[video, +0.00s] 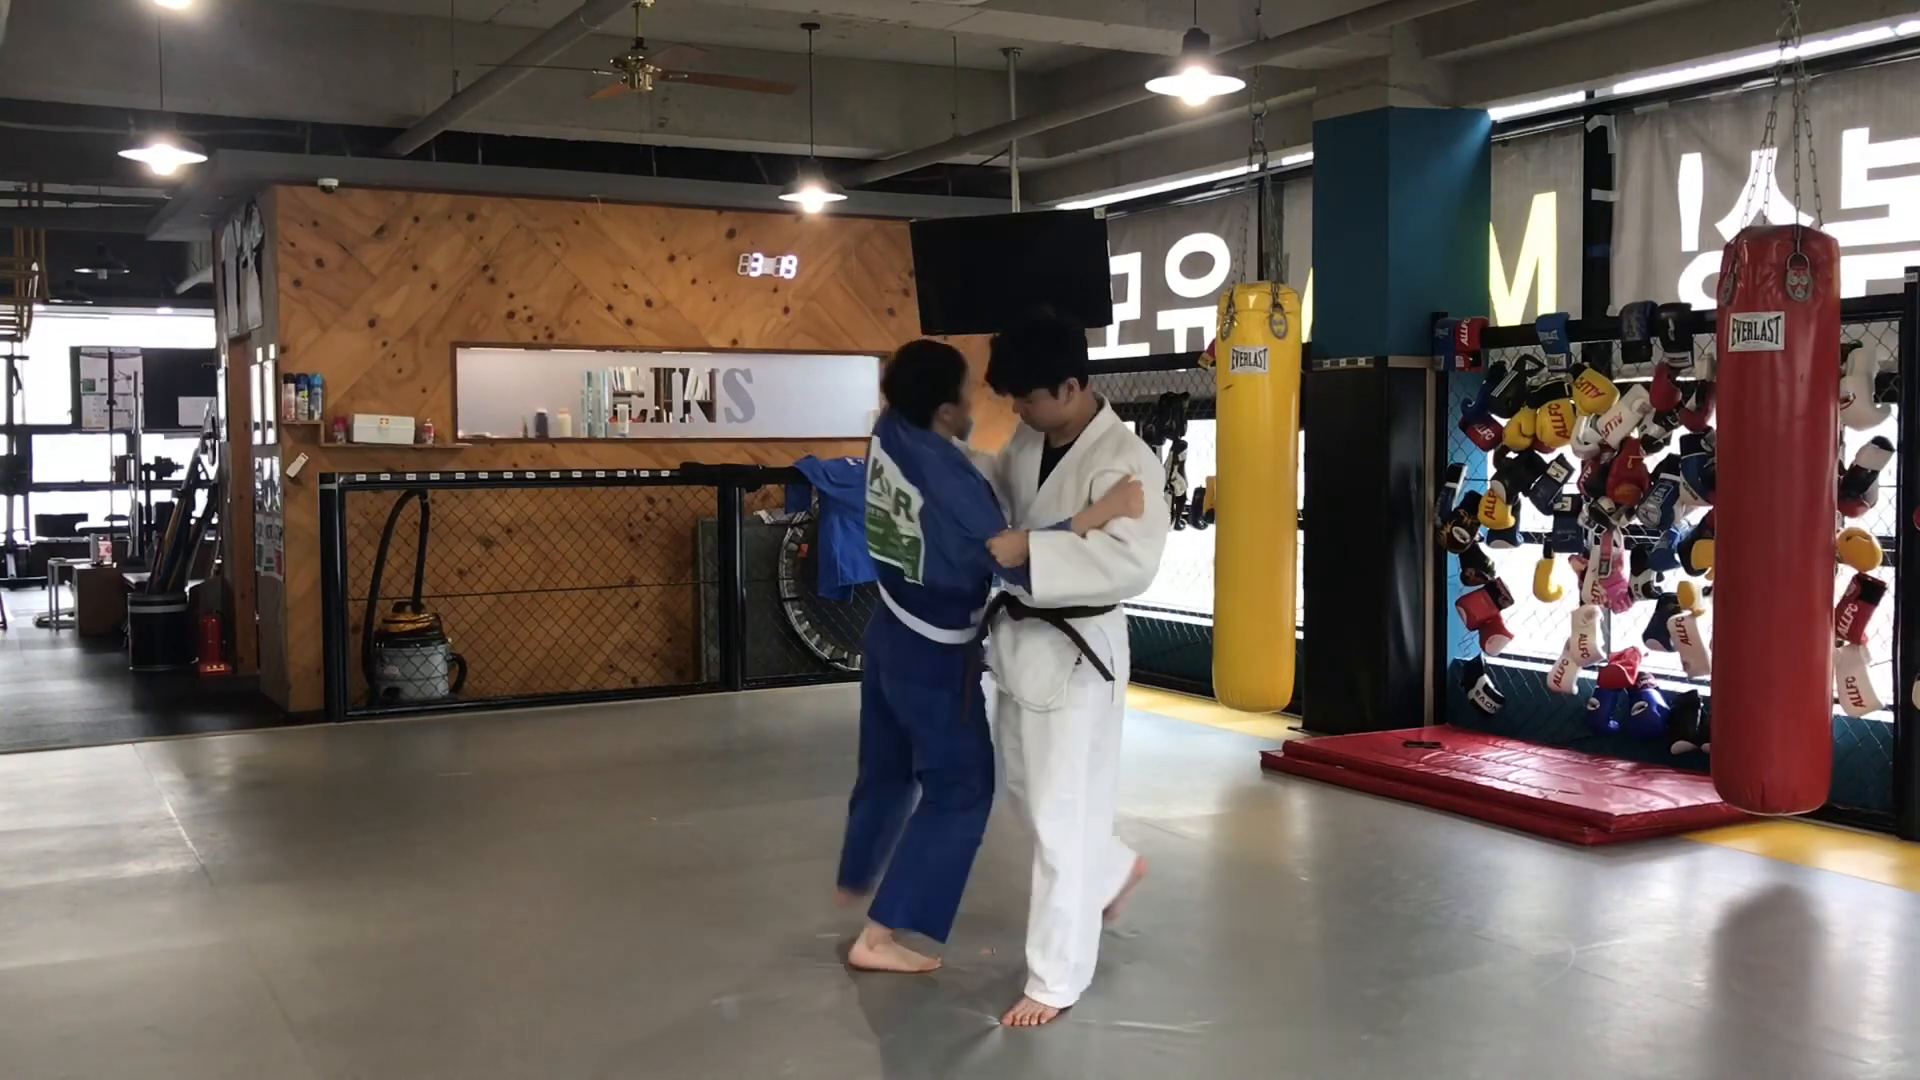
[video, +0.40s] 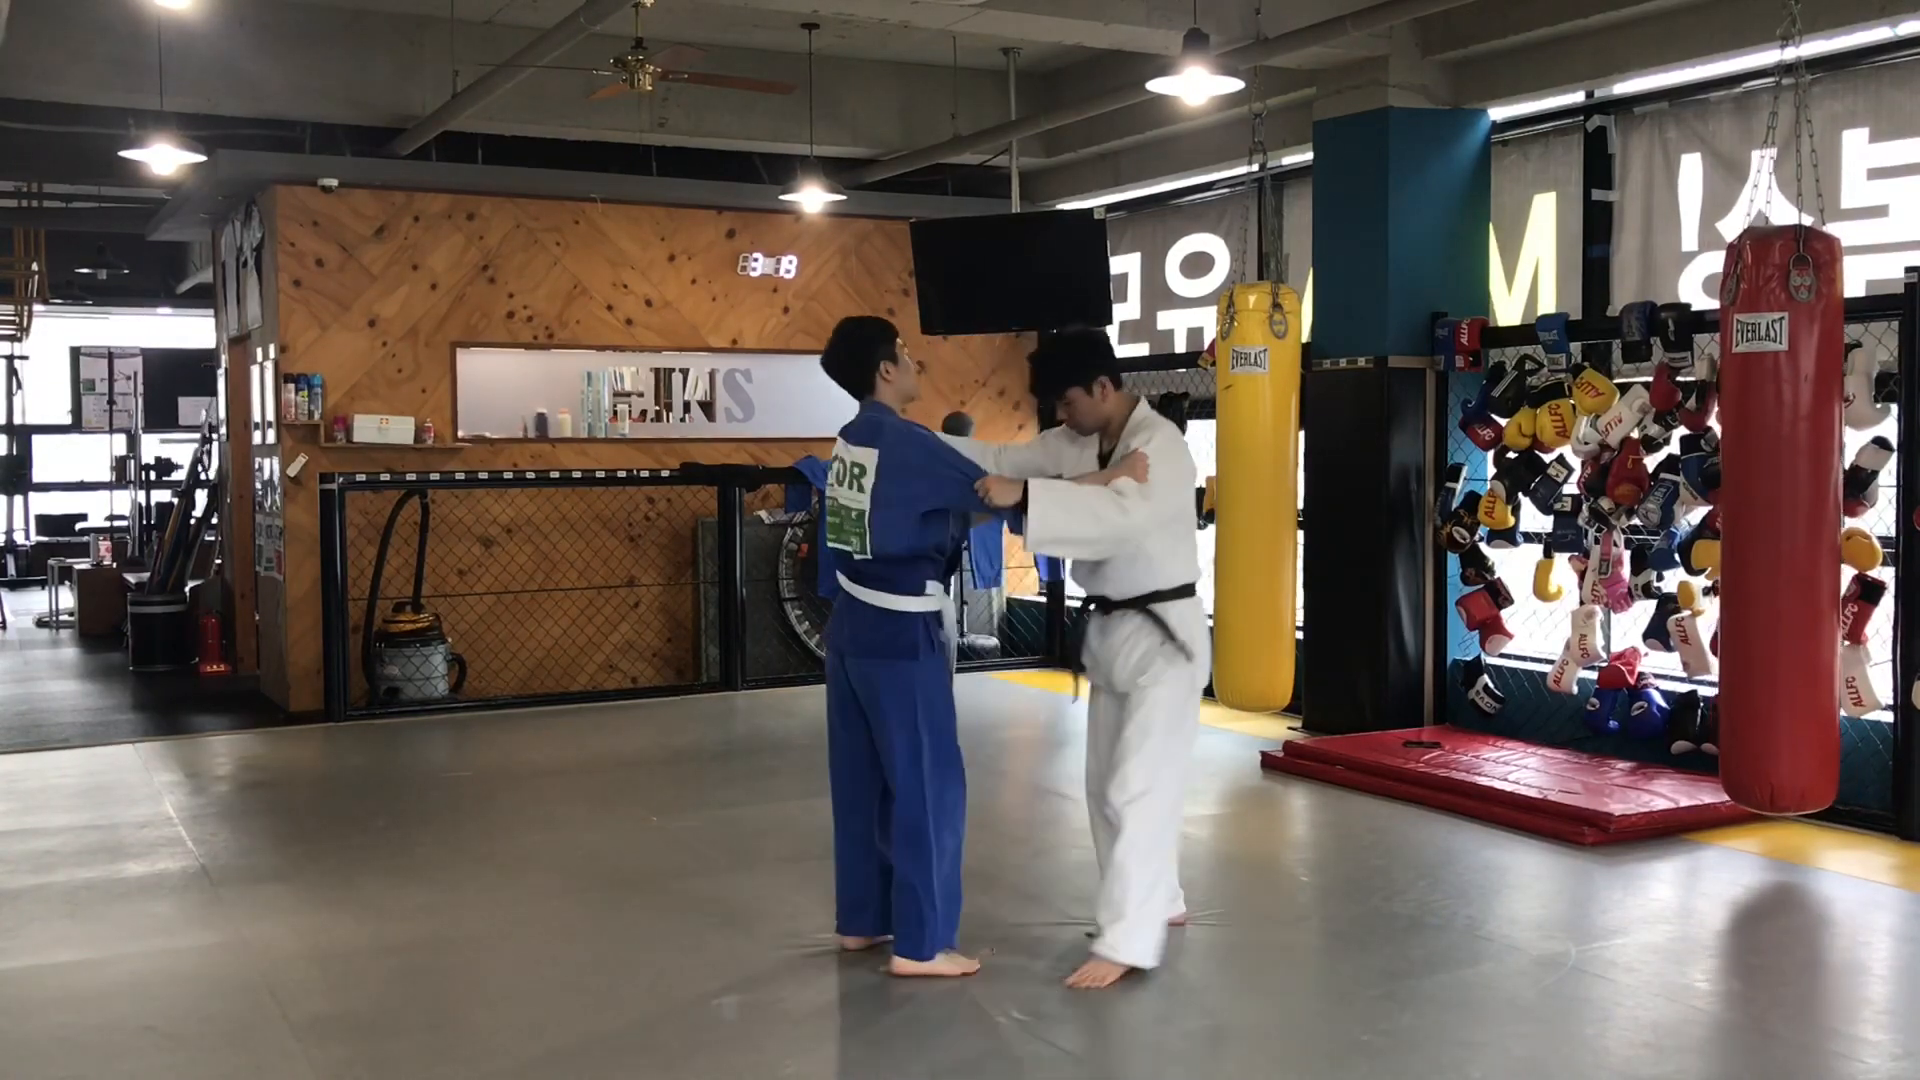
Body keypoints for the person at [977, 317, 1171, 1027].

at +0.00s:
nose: (1019, 413)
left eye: (1026, 401)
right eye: (1014, 401)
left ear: (1068, 387)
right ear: (1046, 390)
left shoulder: (1124, 458)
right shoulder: (1025, 446)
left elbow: (1132, 561)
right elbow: (981, 517)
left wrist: (1032, 550)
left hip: (1077, 654)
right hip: (1015, 644)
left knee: (1063, 821)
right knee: (1028, 787)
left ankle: (1056, 977)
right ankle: (1109, 865)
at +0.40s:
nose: (1063, 416)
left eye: (1068, 402)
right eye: (1057, 406)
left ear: (1105, 386)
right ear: (1077, 399)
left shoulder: (1160, 446)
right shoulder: (1081, 442)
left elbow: (1123, 511)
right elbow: (1008, 463)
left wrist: (1026, 497)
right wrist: (928, 452)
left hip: (1162, 630)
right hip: (1108, 630)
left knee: (1140, 789)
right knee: (1110, 786)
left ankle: (1124, 943)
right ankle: (1159, 898)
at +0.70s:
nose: (1073, 411)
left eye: (1079, 398)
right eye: (1069, 400)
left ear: (1117, 382)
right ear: (1103, 388)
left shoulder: (1174, 439)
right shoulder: (1081, 441)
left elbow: (1133, 523)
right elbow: (1011, 470)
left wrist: (1039, 526)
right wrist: (934, 468)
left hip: (1193, 616)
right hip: (1136, 618)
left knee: (1208, 770)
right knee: (1143, 768)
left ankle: (1215, 911)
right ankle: (1152, 897)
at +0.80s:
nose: (1074, 413)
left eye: (1081, 400)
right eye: (1070, 402)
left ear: (1119, 383)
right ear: (1105, 389)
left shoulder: (1178, 441)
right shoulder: (1083, 440)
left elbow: (1139, 521)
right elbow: (1010, 466)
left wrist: (1045, 522)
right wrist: (933, 466)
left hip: (1197, 617)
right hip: (1138, 619)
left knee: (1208, 773)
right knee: (1143, 769)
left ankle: (1217, 912)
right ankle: (1152, 899)